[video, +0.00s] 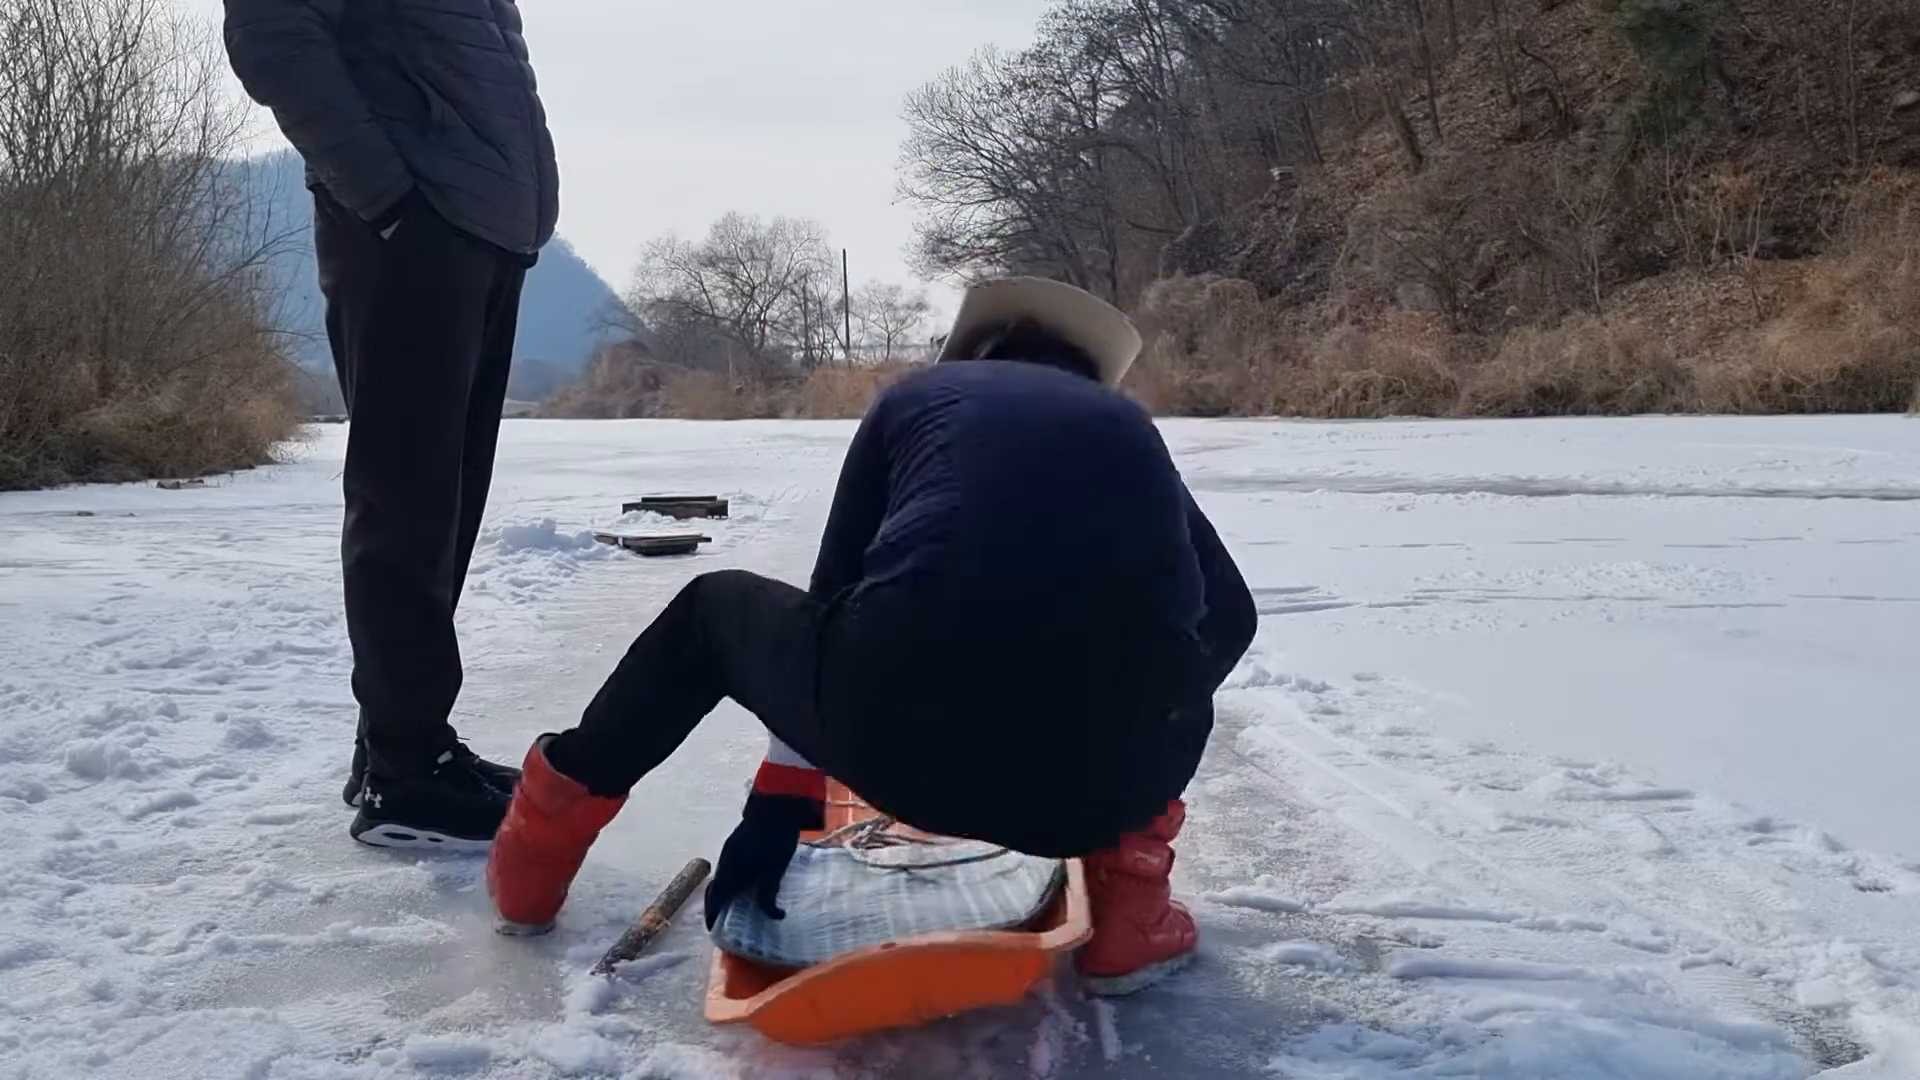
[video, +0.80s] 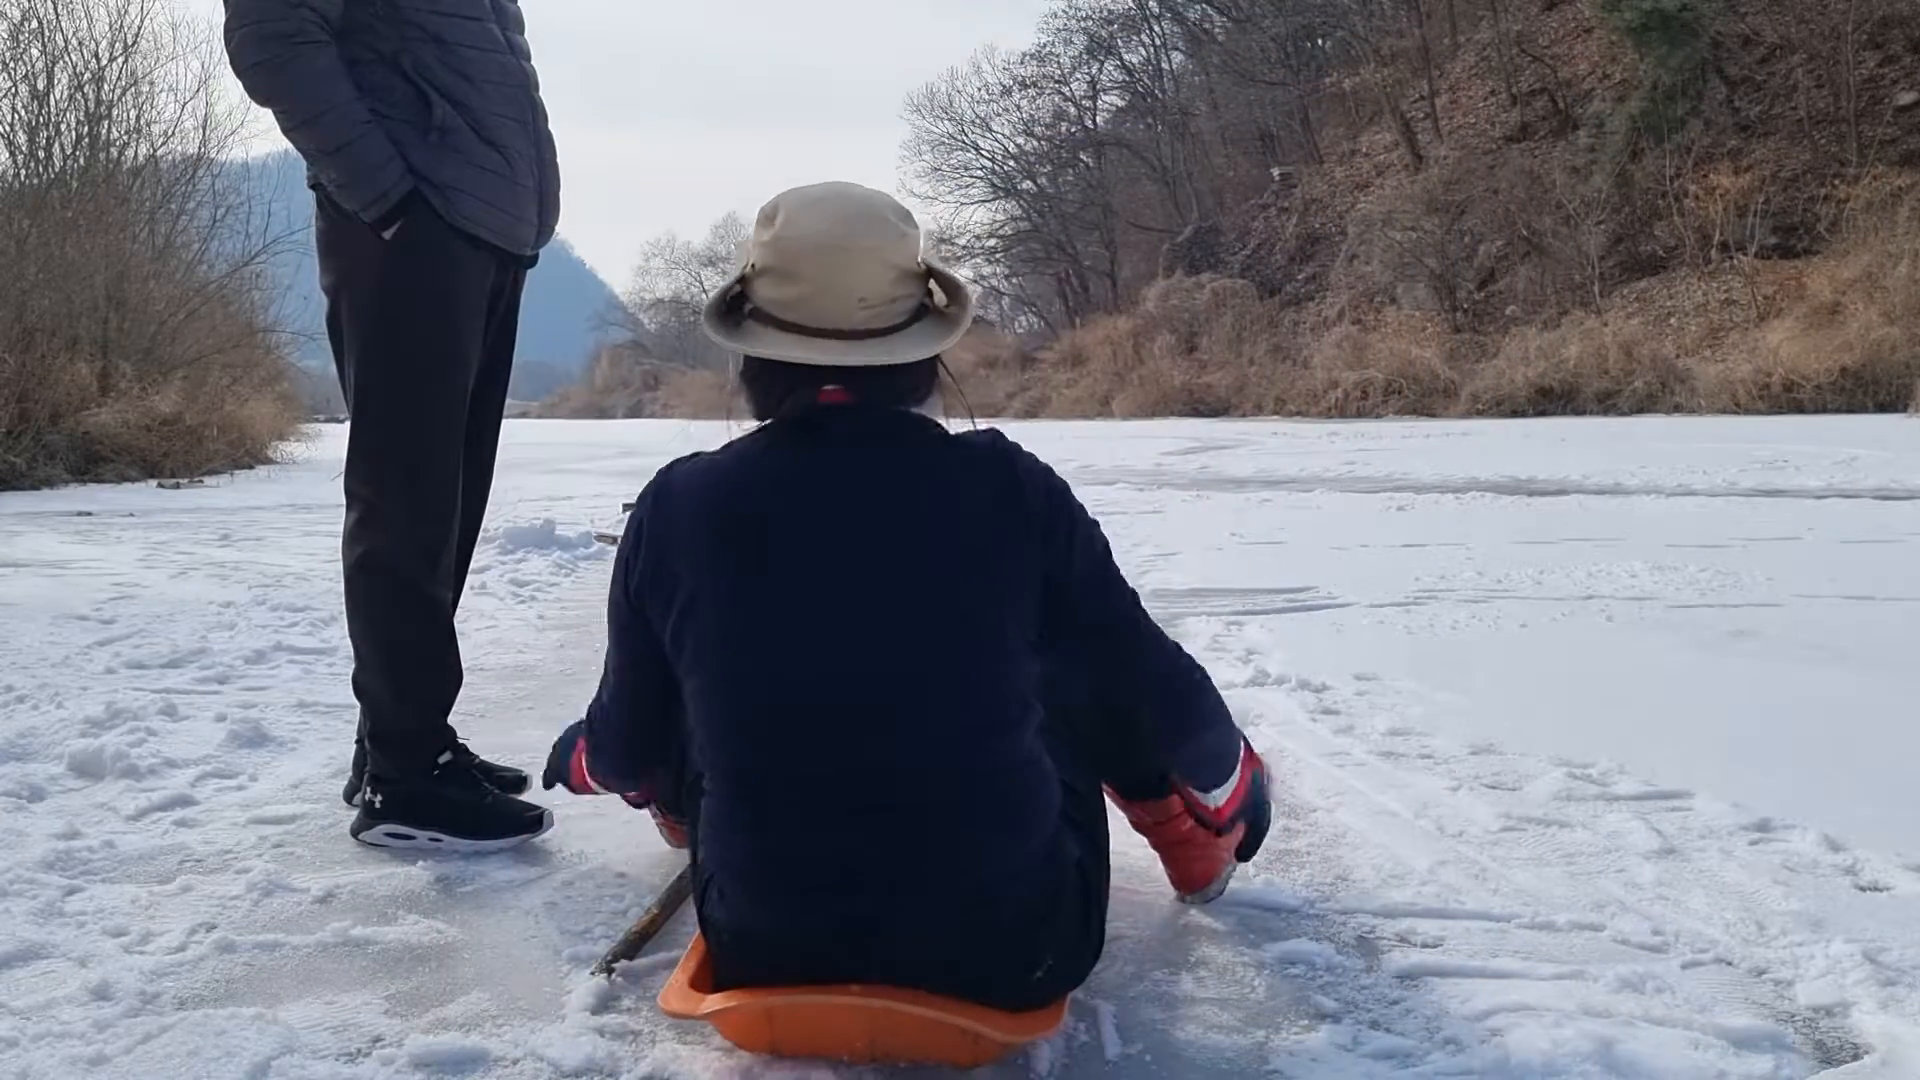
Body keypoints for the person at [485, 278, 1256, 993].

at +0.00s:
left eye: (957, 353)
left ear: (975, 354)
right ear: (1090, 374)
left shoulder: (912, 395)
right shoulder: (1133, 427)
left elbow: (832, 602)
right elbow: (1231, 616)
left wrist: (779, 811)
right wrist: (1139, 692)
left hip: (904, 748)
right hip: (1097, 771)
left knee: (711, 610)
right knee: (1182, 661)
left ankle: (531, 854)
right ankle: (1132, 913)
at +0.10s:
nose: (954, 368)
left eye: (967, 356)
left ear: (988, 361)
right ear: (1108, 390)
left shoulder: (917, 413)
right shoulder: (1148, 454)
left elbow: (828, 643)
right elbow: (1221, 612)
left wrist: (761, 835)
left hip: (882, 845)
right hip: (1068, 868)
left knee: (690, 642)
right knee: (1183, 654)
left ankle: (524, 828)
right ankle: (1132, 897)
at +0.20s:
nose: (970, 368)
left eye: (981, 354)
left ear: (999, 361)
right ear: (1118, 394)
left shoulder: (909, 409)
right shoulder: (1158, 478)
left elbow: (815, 644)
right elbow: (1205, 621)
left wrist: (761, 824)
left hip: (852, 897)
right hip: (1054, 911)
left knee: (671, 674)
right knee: (1164, 647)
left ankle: (561, 789)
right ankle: (1130, 896)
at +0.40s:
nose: (1077, 397)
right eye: (1074, 380)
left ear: (919, 349)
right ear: (1050, 379)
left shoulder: (802, 427)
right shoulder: (1078, 477)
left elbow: (737, 634)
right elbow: (1192, 584)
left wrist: (776, 758)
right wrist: (1115, 615)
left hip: (800, 942)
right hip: (1025, 941)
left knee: (655, 732)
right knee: (1086, 620)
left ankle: (596, 782)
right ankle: (1160, 866)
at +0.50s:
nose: (1021, 361)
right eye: (1013, 341)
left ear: (852, 330)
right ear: (994, 350)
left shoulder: (746, 438)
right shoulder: (1047, 466)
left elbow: (706, 635)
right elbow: (1193, 581)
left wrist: (798, 714)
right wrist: (1143, 631)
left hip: (778, 934)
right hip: (1007, 941)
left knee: (666, 735)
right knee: (1065, 617)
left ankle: (628, 776)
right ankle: (1186, 836)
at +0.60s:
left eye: (798, 329)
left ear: (807, 345)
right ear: (964, 352)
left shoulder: (719, 461)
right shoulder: (1019, 462)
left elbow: (663, 659)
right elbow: (1207, 605)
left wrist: (781, 634)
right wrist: (1205, 659)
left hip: (768, 945)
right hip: (1002, 956)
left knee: (687, 727)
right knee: (1054, 638)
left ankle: (651, 783)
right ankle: (1185, 828)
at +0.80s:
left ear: (759, 356)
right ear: (924, 351)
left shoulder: (683, 502)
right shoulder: (1012, 487)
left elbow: (631, 741)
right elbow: (1146, 685)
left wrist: (667, 793)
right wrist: (1229, 798)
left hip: (767, 952)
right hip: (998, 959)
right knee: (1080, 657)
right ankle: (1200, 838)